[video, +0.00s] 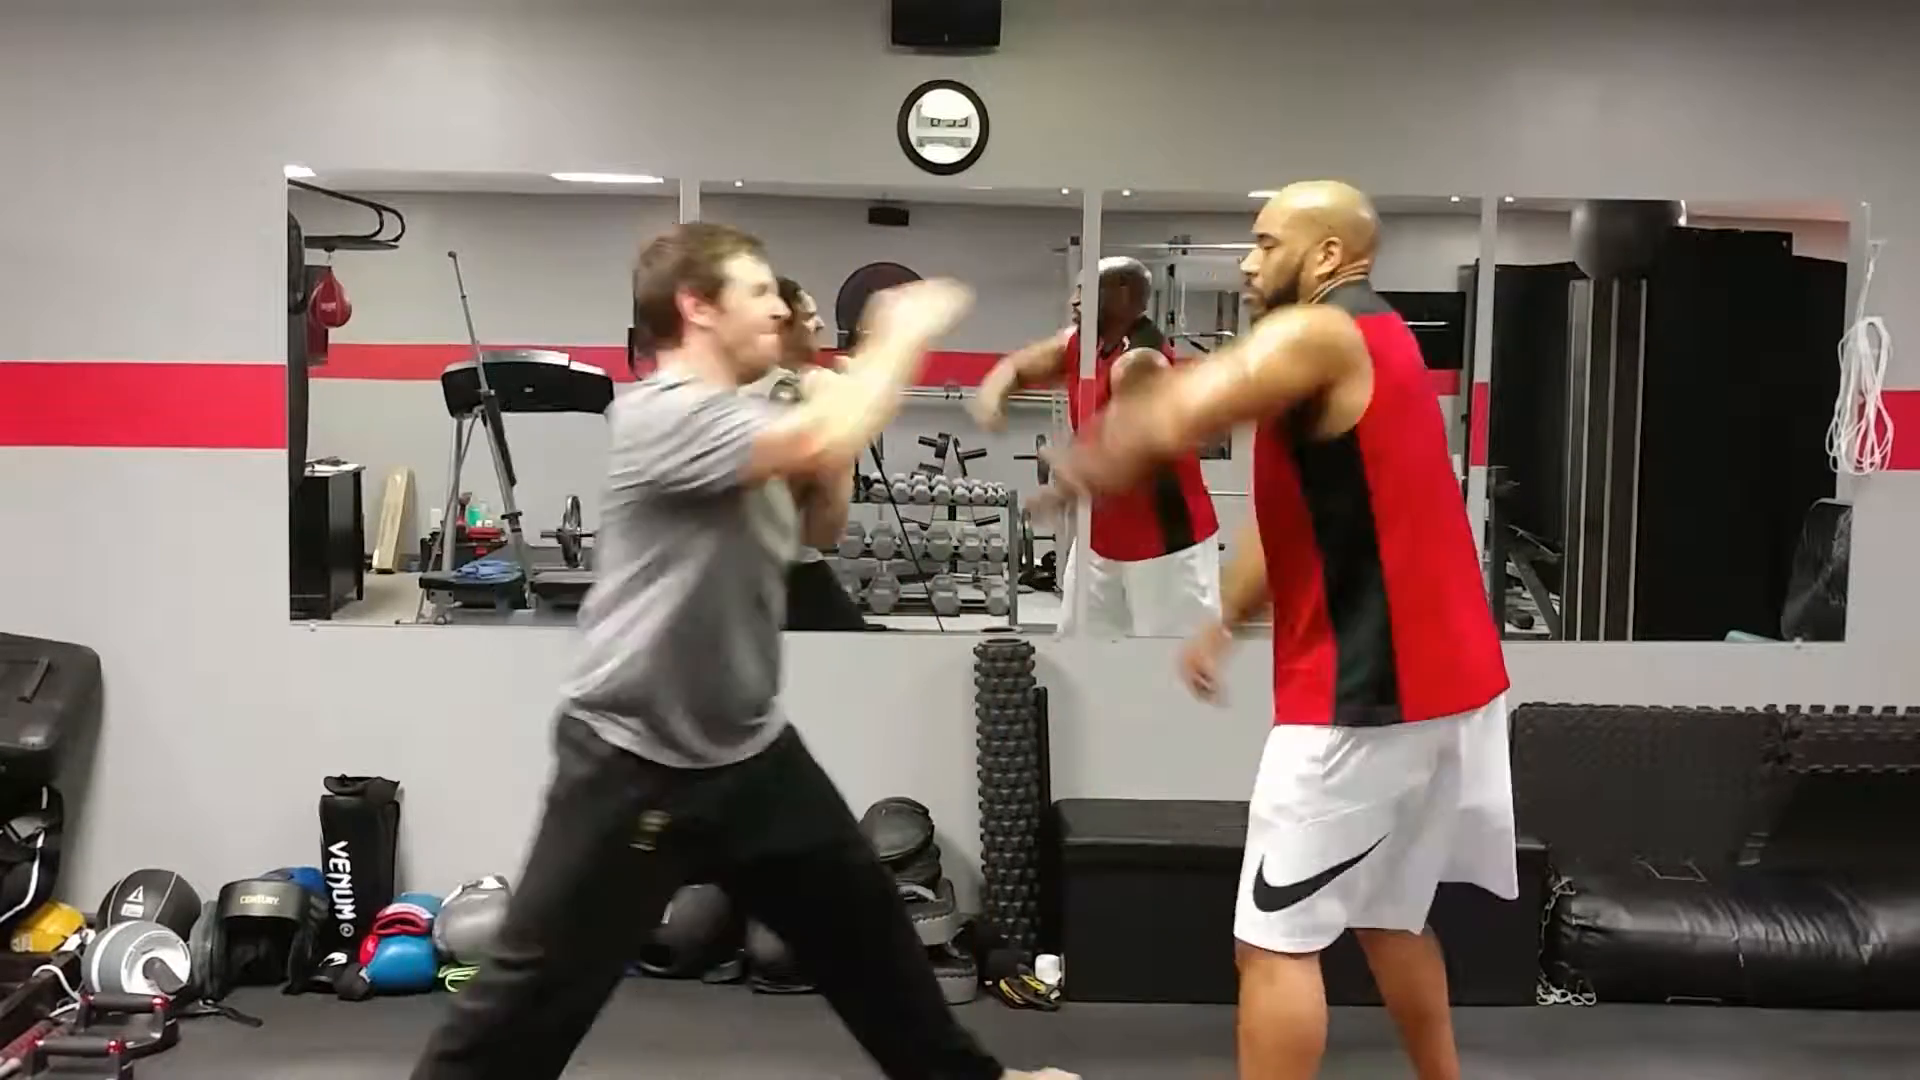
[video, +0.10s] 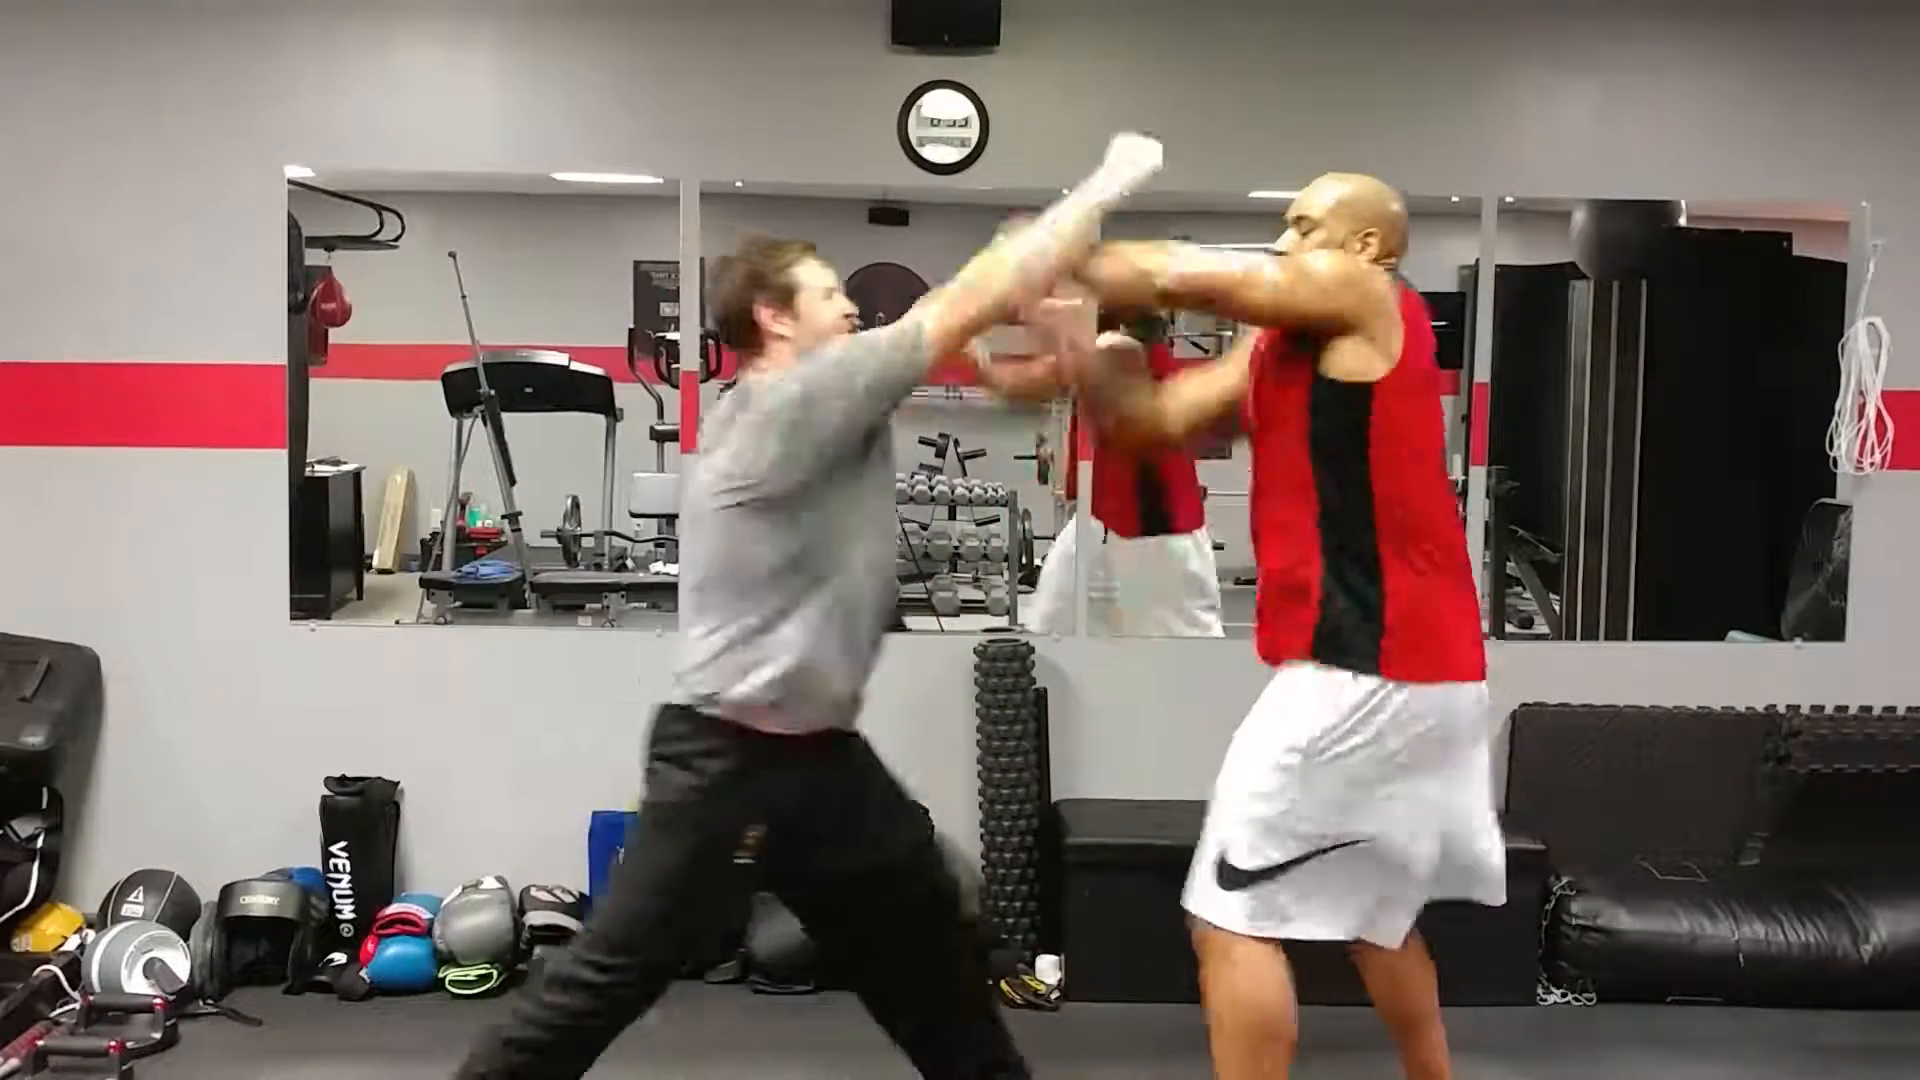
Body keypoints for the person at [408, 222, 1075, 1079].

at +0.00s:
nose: (782, 309)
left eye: (778, 293)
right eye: (761, 292)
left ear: (713, 311)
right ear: (698, 310)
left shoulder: (756, 413)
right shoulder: (656, 415)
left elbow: (819, 528)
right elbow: (819, 438)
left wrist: (838, 415)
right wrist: (900, 336)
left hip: (750, 749)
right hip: (629, 755)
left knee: (868, 935)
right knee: (529, 999)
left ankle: (962, 1074)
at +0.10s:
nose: (854, 310)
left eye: (845, 294)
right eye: (831, 296)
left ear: (781, 323)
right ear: (774, 320)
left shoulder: (827, 398)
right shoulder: (777, 407)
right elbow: (977, 299)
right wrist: (1104, 186)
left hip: (824, 760)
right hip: (720, 758)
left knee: (939, 978)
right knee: (607, 979)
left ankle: (992, 1076)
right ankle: (485, 1075)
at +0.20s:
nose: (905, 298)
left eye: (897, 282)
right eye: (886, 281)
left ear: (822, 307)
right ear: (827, 303)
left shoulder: (805, 398)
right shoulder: (843, 383)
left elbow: (953, 313)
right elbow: (1009, 287)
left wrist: (1085, 229)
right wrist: (1109, 207)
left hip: (869, 734)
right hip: (782, 733)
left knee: (976, 938)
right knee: (695, 973)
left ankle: (993, 1076)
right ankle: (561, 1076)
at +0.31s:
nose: (931, 285)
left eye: (923, 268)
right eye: (910, 269)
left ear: (850, 298)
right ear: (852, 292)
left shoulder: (836, 381)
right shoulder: (865, 364)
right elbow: (1033, 301)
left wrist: (1040, 290)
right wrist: (1118, 252)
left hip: (880, 715)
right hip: (812, 711)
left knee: (977, 936)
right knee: (751, 974)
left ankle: (998, 1074)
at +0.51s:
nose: (1006, 332)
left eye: (1003, 311)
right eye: (991, 311)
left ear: (915, 330)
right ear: (935, 325)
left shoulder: (856, 400)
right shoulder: (954, 402)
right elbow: (1089, 489)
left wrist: (999, 363)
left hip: (862, 711)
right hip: (818, 694)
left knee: (960, 934)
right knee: (782, 952)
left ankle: (990, 1069)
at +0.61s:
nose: (1040, 353)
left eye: (1040, 335)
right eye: (1024, 334)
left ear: (955, 344)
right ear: (964, 341)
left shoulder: (905, 407)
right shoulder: (954, 423)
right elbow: (1106, 522)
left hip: (865, 715)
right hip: (800, 698)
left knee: (955, 912)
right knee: (763, 959)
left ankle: (974, 1067)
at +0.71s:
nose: (1014, 347)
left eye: (1014, 330)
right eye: (998, 329)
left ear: (929, 338)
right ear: (936, 335)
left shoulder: (896, 409)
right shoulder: (929, 421)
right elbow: (1093, 519)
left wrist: (1038, 412)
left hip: (861, 717)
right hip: (786, 696)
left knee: (956, 915)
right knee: (751, 955)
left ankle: (973, 1067)